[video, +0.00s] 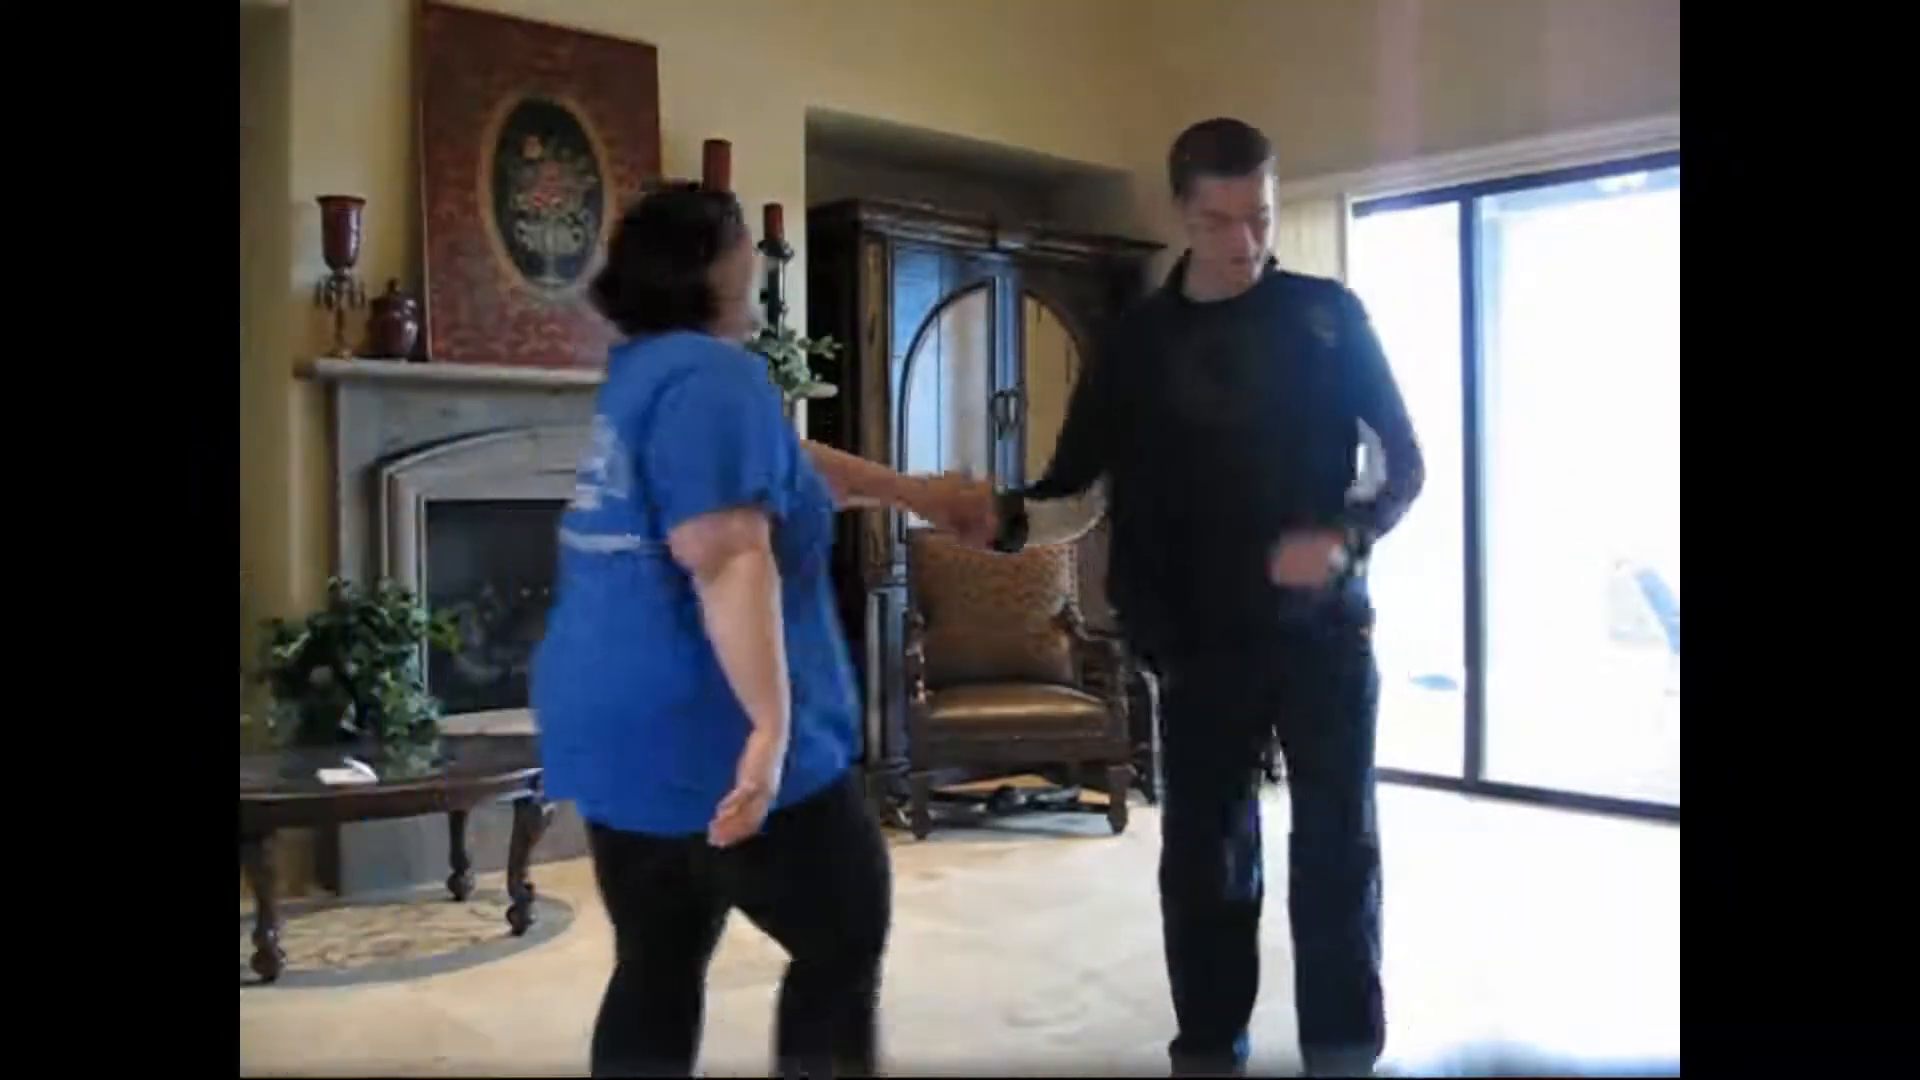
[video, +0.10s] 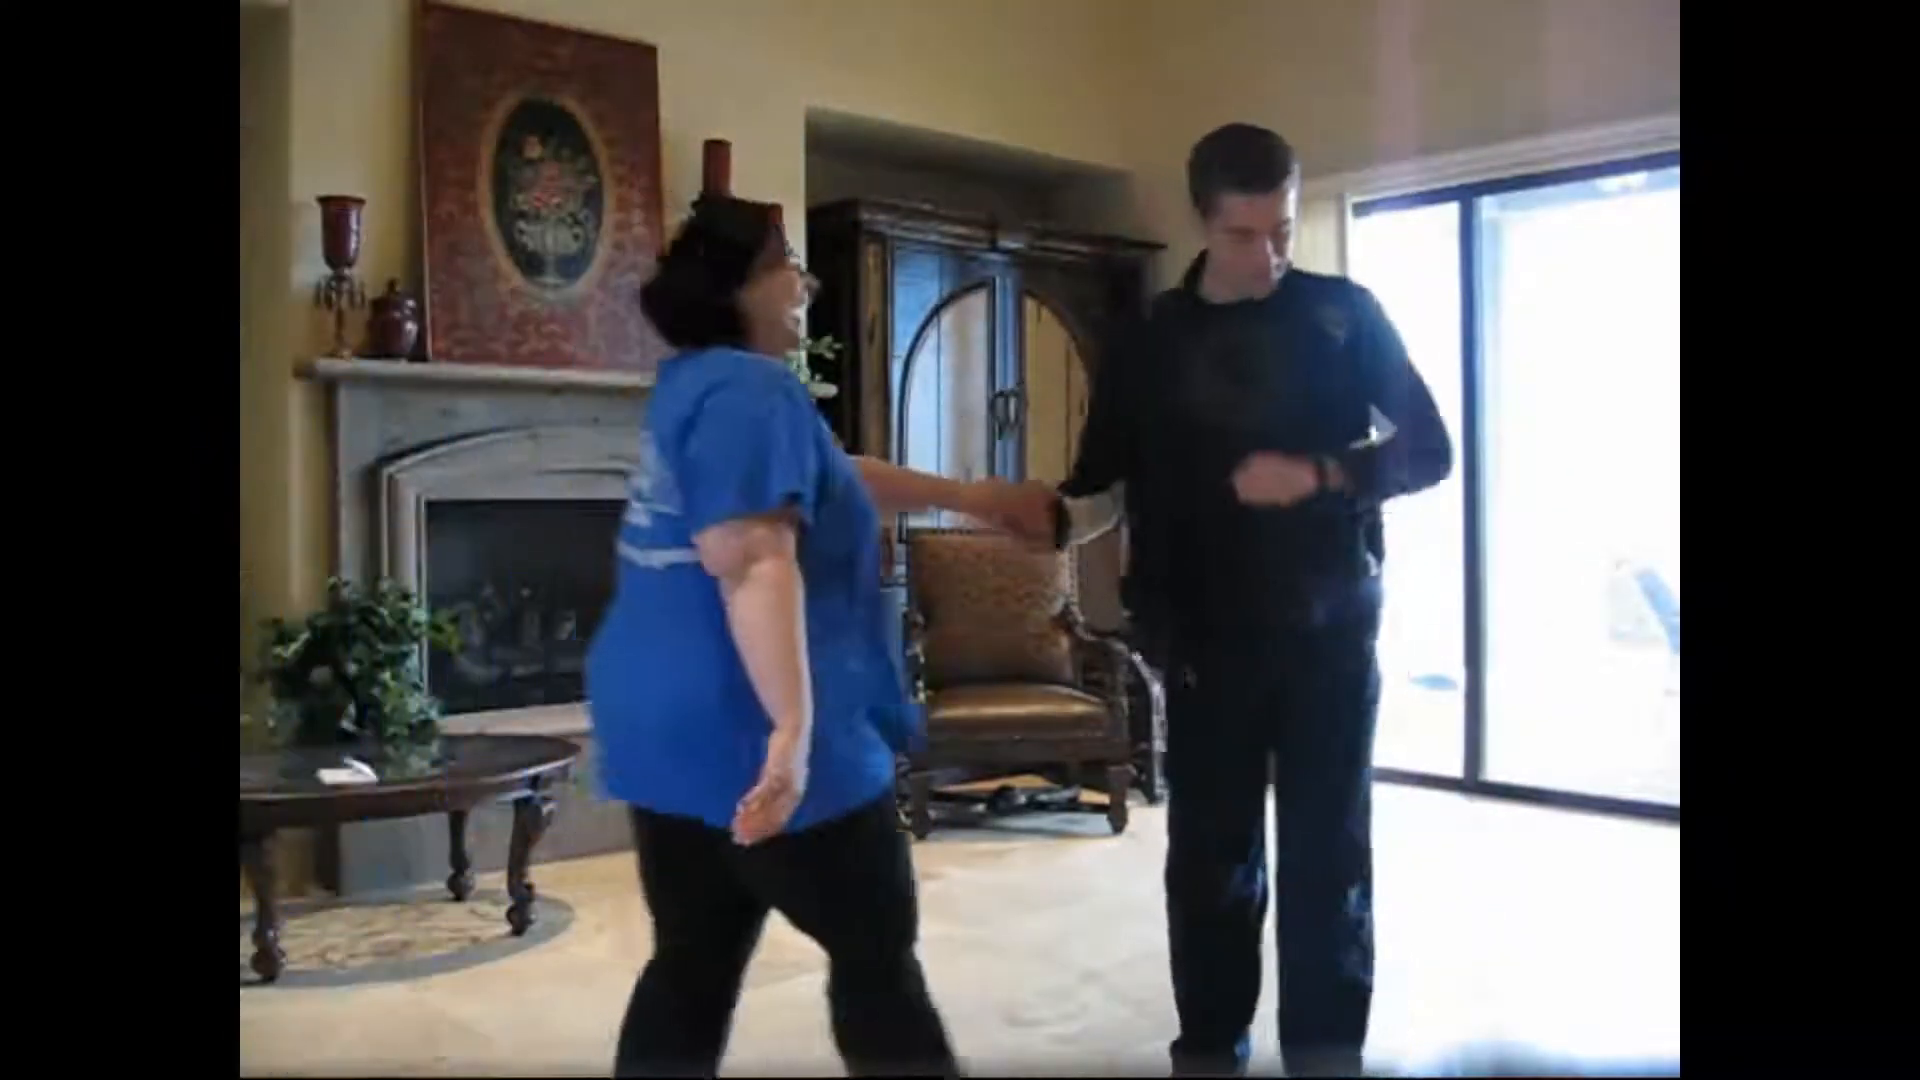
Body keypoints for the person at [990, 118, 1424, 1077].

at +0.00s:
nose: (1246, 240)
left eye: (1258, 216)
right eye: (1223, 220)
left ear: (1275, 207)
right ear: (1180, 215)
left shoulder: (1326, 315)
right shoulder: (1135, 334)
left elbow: (1404, 463)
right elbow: (1072, 481)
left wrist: (1345, 532)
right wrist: (1004, 519)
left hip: (1320, 637)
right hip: (1201, 642)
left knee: (1338, 859)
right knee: (1205, 865)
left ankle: (1343, 1059)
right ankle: (1208, 1055)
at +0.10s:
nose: (1266, 253)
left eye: (1278, 230)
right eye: (1244, 234)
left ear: (1295, 211)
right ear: (1200, 221)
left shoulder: (1343, 315)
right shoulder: (1148, 337)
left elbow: (1429, 450)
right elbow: (1098, 464)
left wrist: (1322, 472)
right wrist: (1041, 508)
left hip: (1325, 639)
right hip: (1205, 640)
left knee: (1327, 862)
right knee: (1210, 862)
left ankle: (1326, 1060)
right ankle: (1209, 1055)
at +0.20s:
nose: (1286, 243)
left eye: (1296, 222)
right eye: (1263, 226)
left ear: (1314, 203)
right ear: (1220, 215)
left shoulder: (1365, 312)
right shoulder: (1169, 331)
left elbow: (1447, 445)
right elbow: (1128, 450)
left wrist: (1318, 445)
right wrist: (1090, 488)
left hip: (1334, 635)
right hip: (1213, 632)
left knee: (1328, 859)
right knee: (1210, 855)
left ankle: (1318, 1056)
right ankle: (1207, 1054)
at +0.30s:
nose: (1295, 242)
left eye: (1310, 221)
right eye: (1273, 224)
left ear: (1332, 206)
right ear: (1237, 212)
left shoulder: (1387, 315)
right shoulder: (1181, 331)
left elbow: (1457, 447)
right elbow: (1133, 454)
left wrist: (1320, 439)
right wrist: (1109, 489)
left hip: (1348, 639)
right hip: (1224, 637)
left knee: (1340, 866)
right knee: (1215, 860)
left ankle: (1326, 1061)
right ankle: (1216, 1056)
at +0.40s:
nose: (1305, 240)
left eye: (1320, 219)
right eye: (1282, 222)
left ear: (1346, 202)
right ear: (1248, 210)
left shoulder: (1401, 311)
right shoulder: (1195, 328)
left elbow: (1466, 447)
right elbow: (1165, 454)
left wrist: (1322, 438)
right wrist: (1137, 486)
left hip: (1357, 633)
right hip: (1233, 631)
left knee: (1347, 859)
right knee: (1228, 857)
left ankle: (1331, 1060)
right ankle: (1233, 1056)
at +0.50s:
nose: (1307, 238)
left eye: (1325, 217)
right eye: (1286, 218)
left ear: (1352, 201)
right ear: (1255, 205)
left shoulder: (1410, 308)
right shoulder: (1204, 325)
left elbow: (1472, 444)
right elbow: (1174, 456)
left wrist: (1323, 434)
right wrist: (1149, 487)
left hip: (1363, 634)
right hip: (1241, 632)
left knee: (1353, 857)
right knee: (1245, 853)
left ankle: (1336, 1059)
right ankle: (1245, 1057)